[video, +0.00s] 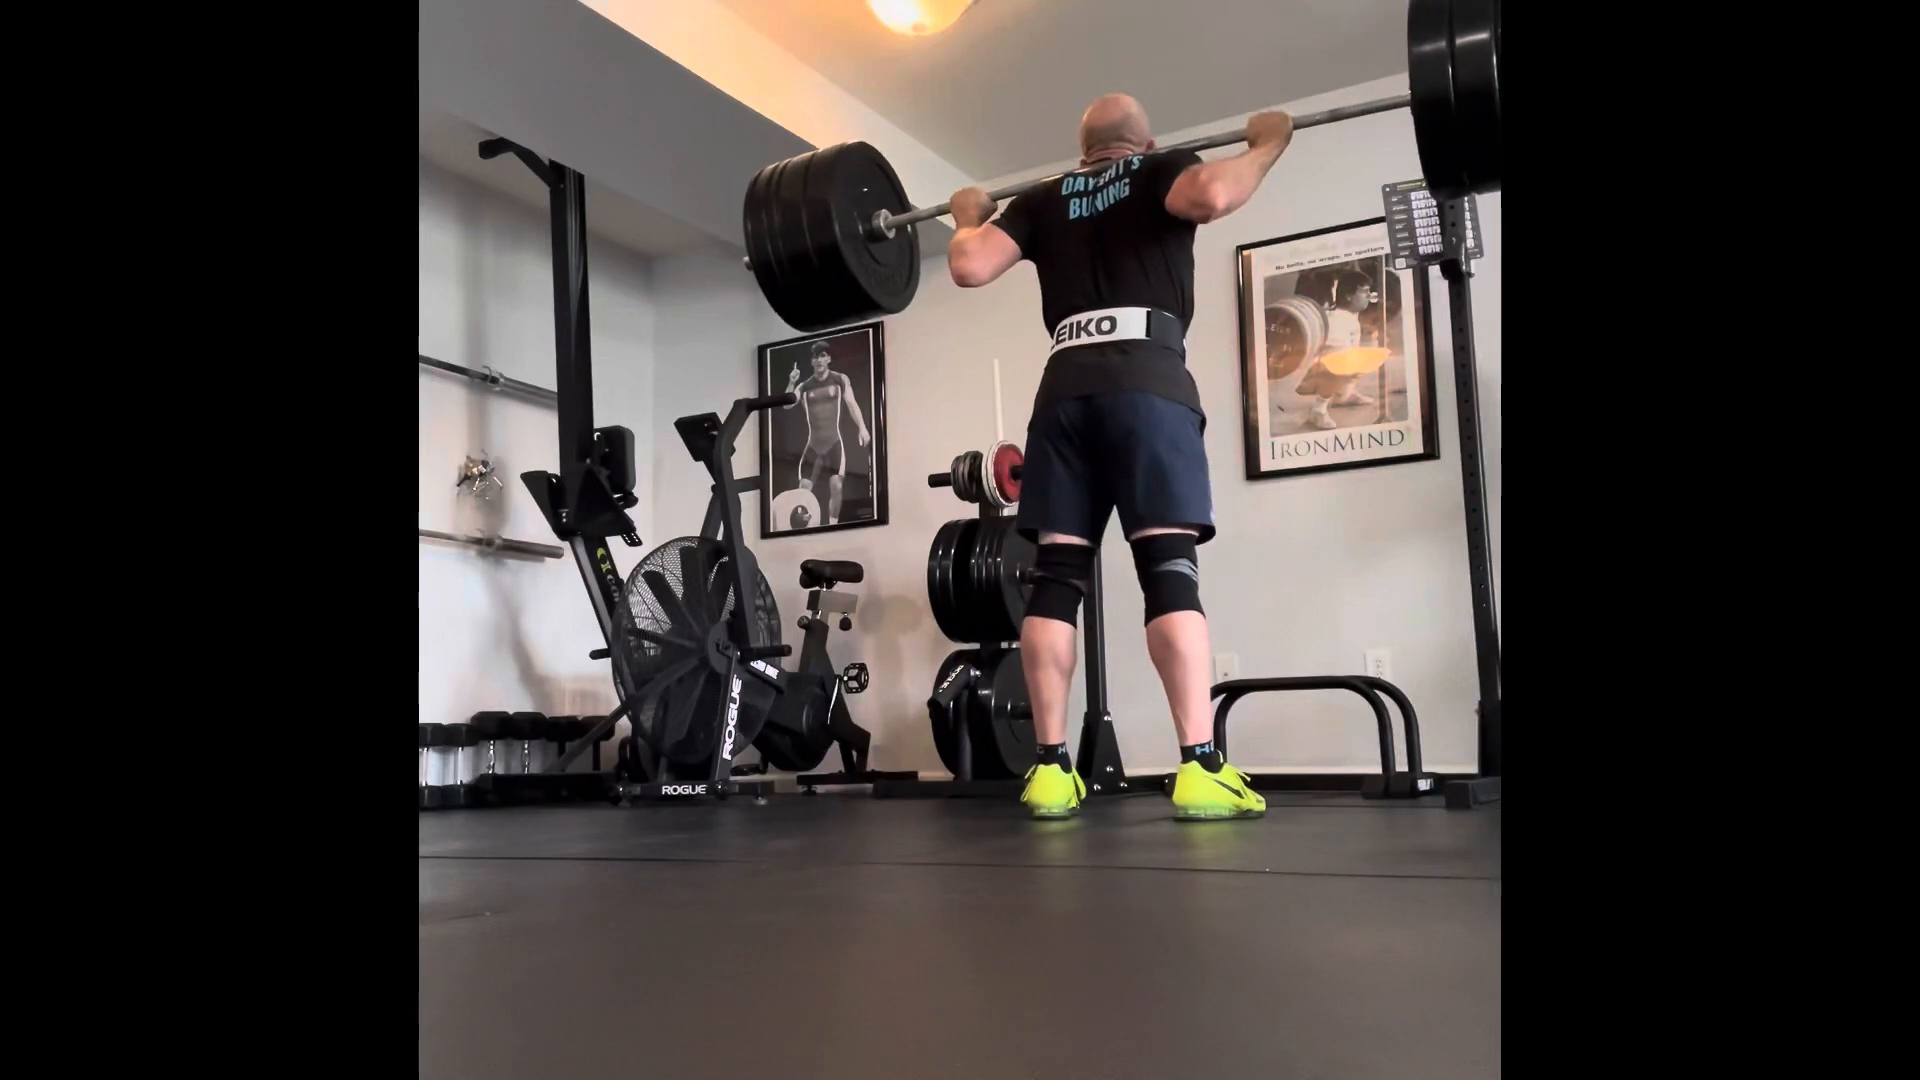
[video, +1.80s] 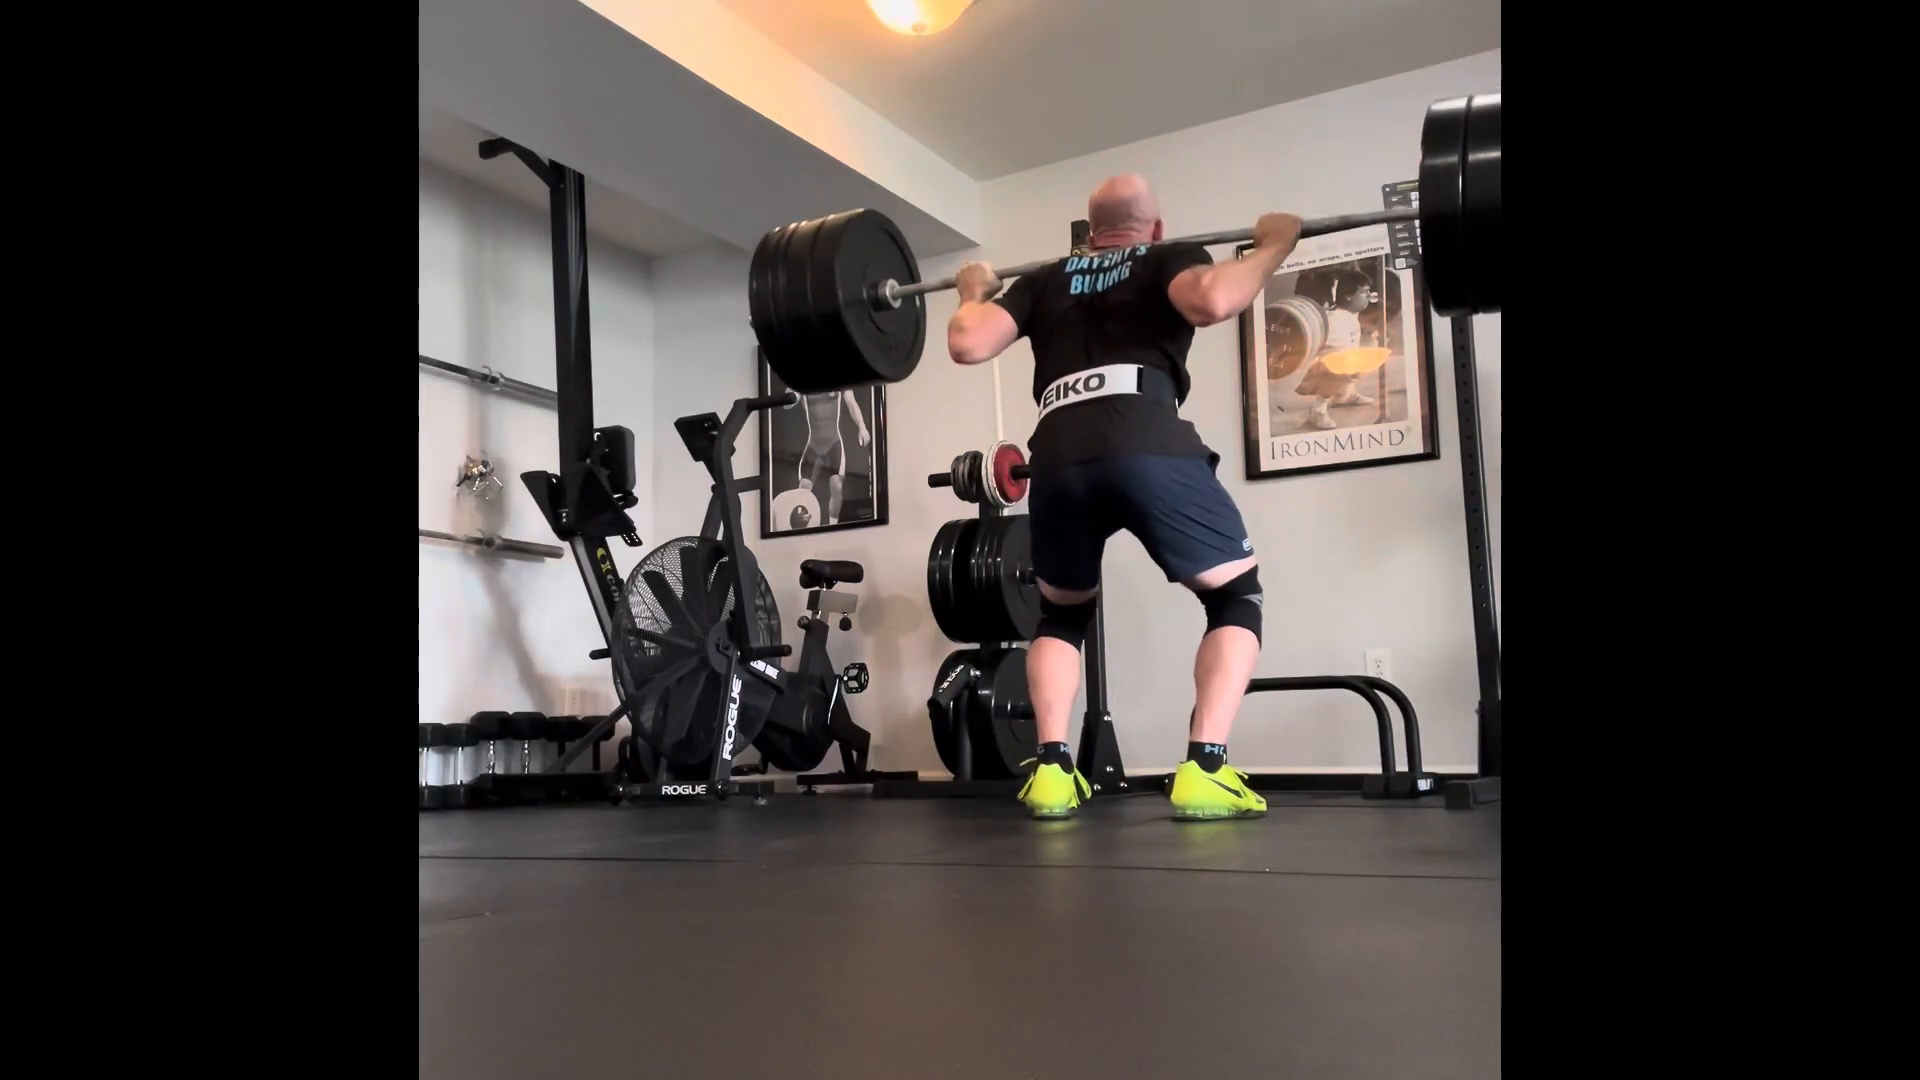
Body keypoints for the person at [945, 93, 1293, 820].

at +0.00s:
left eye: (1091, 137)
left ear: (1081, 150)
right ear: (1148, 142)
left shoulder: (1041, 201)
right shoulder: (1162, 166)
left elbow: (968, 265)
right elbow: (1215, 194)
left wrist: (967, 217)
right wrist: (1265, 146)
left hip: (1064, 388)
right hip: (1150, 384)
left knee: (1056, 576)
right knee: (1169, 571)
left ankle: (1051, 765)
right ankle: (1200, 764)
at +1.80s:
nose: (1157, 230)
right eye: (1157, 223)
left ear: (1087, 230)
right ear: (1155, 228)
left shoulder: (1044, 281)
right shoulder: (1169, 257)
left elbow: (965, 345)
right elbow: (1211, 302)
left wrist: (971, 292)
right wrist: (1271, 246)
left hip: (1057, 450)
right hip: (1149, 438)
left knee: (1061, 612)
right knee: (1234, 598)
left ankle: (1052, 767)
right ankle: (1205, 765)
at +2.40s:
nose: (1165, 317)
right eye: (1163, 311)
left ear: (1095, 318)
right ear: (1158, 316)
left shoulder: (1044, 364)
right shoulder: (1172, 346)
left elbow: (964, 439)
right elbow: (1218, 397)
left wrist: (971, 384)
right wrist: (1278, 341)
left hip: (1037, 511)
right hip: (1130, 497)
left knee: (1062, 624)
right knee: (1244, 608)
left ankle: (1051, 769)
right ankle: (1205, 767)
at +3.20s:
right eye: (1170, 402)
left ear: (1104, 412)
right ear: (1170, 408)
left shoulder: (1049, 456)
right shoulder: (1182, 439)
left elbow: (968, 538)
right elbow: (1229, 501)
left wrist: (976, 474)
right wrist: (1290, 437)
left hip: (1042, 607)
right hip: (1144, 598)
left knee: (1053, 635)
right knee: (1254, 612)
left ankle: (1053, 768)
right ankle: (1205, 769)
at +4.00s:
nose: (1169, 335)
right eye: (1168, 329)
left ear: (1100, 333)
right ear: (1163, 332)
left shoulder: (1045, 375)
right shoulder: (1173, 360)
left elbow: (963, 443)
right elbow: (1218, 401)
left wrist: (972, 393)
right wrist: (1279, 352)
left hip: (1032, 508)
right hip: (1126, 495)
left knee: (1094, 617)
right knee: (1218, 604)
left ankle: (1055, 770)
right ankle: (1203, 767)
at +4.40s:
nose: (1159, 228)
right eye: (1158, 220)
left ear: (1089, 227)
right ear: (1156, 225)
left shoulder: (1045, 282)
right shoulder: (1169, 259)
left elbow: (967, 349)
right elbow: (1213, 305)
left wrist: (967, 296)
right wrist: (1269, 249)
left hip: (1052, 438)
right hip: (1142, 424)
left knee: (1086, 604)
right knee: (1223, 593)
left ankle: (1056, 765)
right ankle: (1205, 766)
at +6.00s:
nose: (1132, 145)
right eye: (1140, 136)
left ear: (1074, 145)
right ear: (1143, 140)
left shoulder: (1031, 194)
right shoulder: (1155, 170)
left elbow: (955, 254)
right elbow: (1204, 214)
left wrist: (956, 206)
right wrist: (1261, 153)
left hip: (1056, 379)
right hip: (1144, 373)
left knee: (1050, 575)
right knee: (1165, 569)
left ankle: (1047, 764)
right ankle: (1196, 764)